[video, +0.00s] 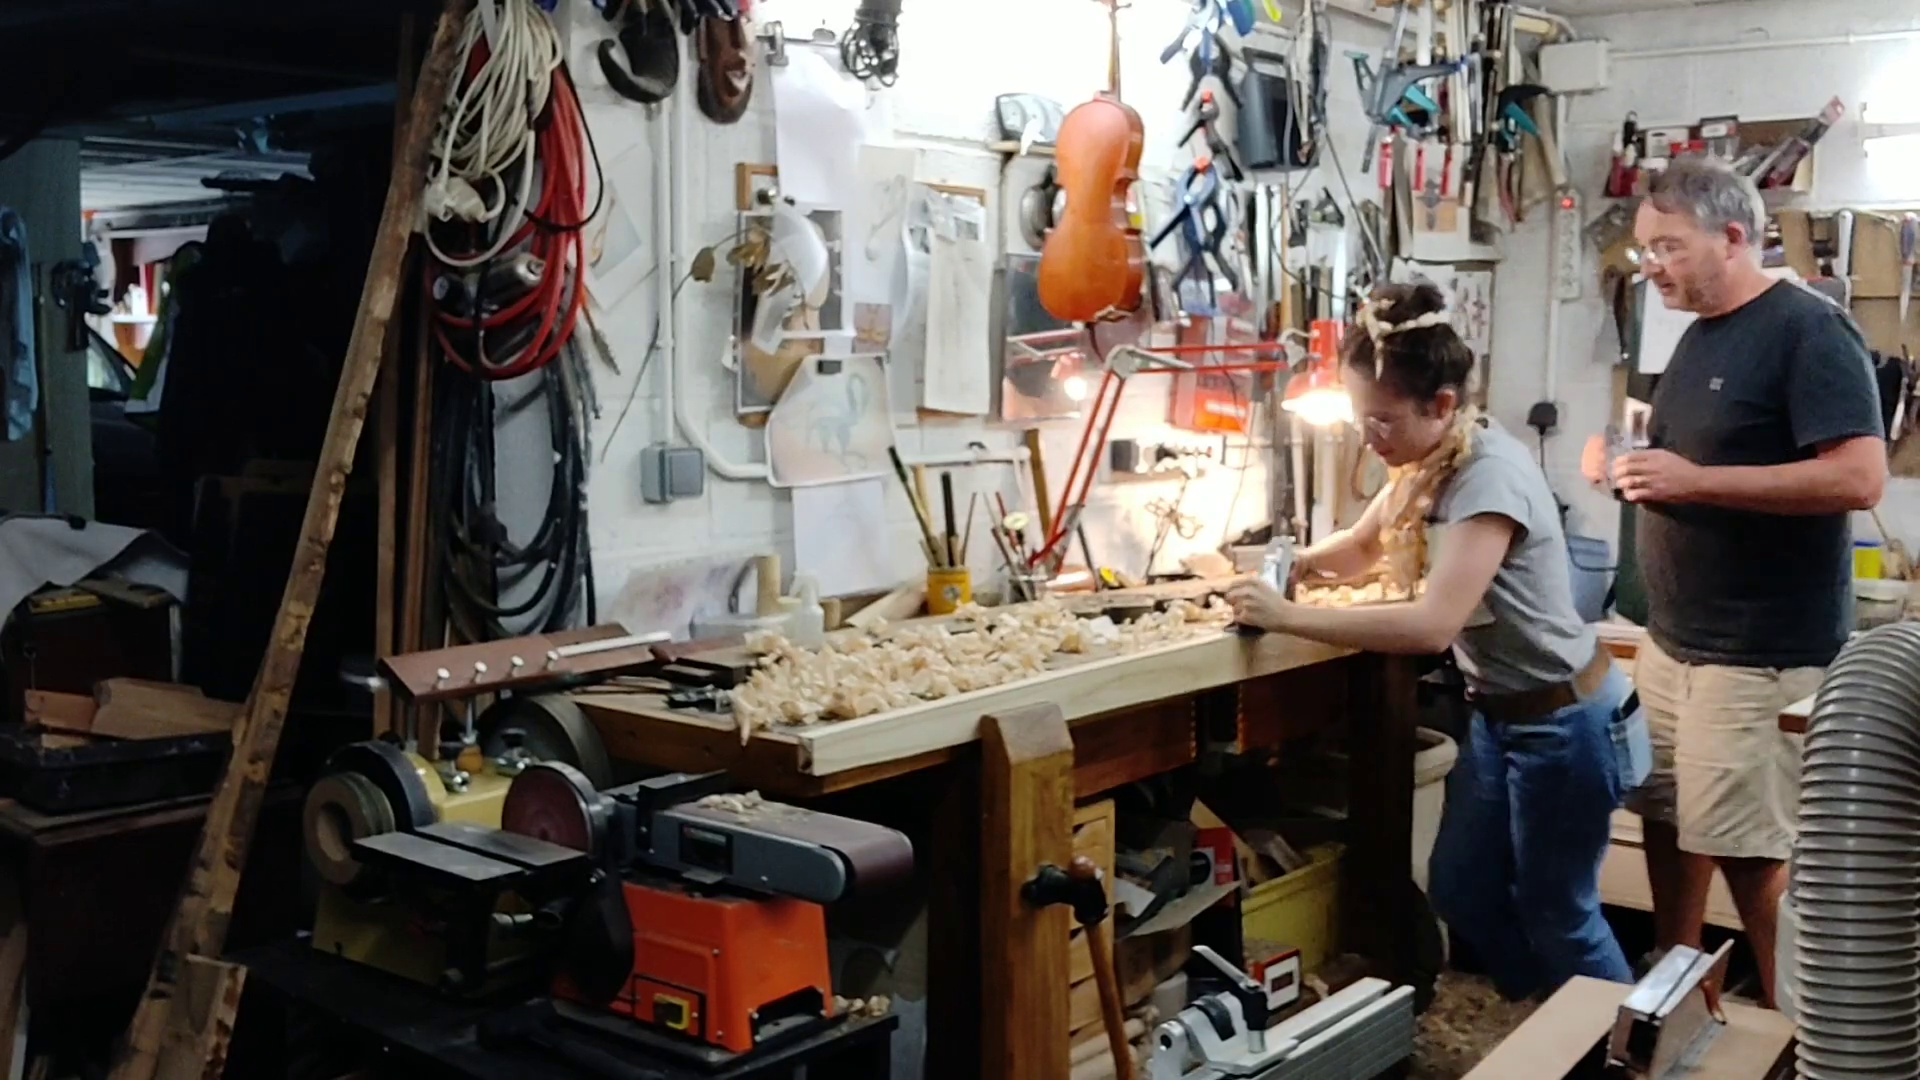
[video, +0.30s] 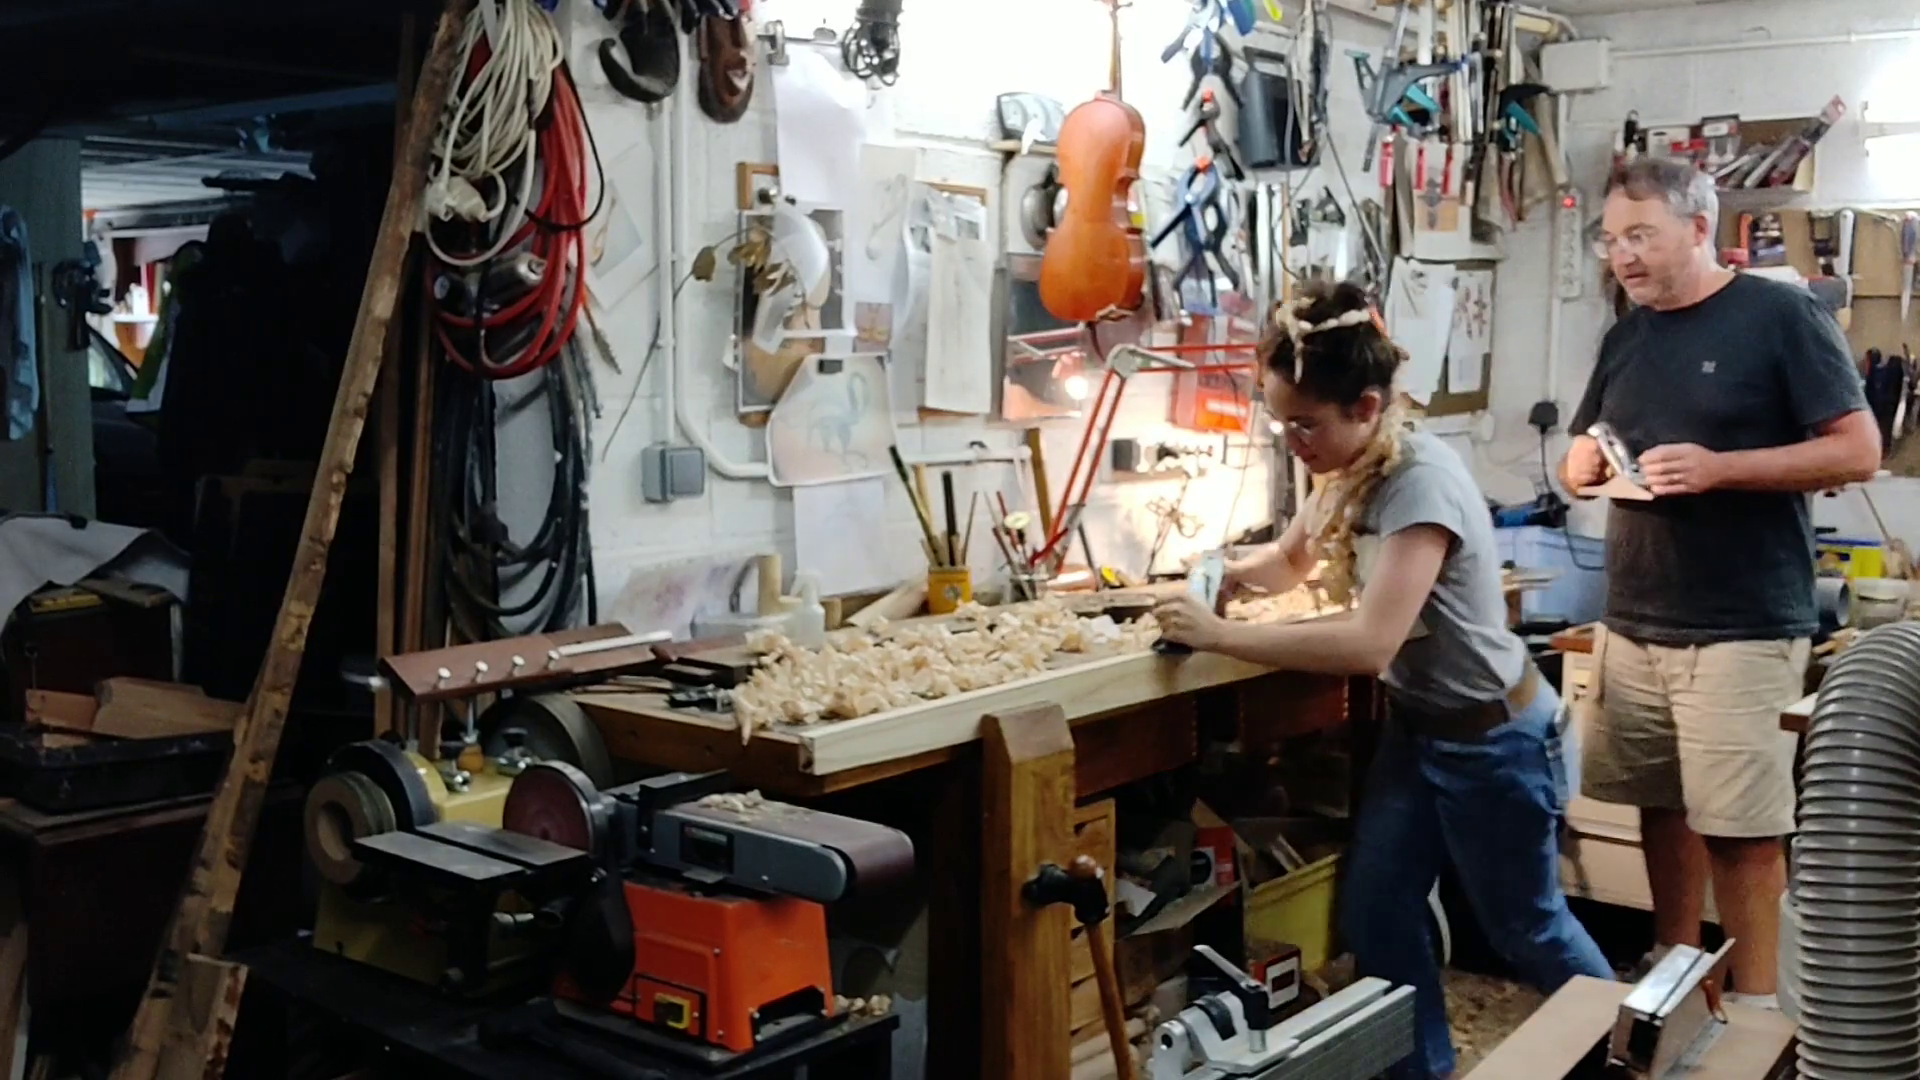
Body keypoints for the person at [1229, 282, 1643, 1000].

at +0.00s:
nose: (1368, 437)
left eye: (1382, 422)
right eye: (1361, 419)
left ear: (1442, 405)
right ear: (1356, 393)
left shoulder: (1492, 475)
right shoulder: (1425, 466)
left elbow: (1433, 624)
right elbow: (1365, 545)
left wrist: (1286, 615)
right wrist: (1292, 563)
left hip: (1563, 726)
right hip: (1492, 719)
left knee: (1560, 915)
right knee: (1462, 892)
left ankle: (1628, 1037)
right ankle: (1546, 1016)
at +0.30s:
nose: (1289, 440)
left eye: (1304, 423)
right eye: (1279, 421)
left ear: (1367, 405)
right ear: (1271, 396)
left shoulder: (1423, 481)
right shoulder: (1344, 470)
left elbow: (1369, 643)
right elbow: (1293, 557)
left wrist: (1219, 633)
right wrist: (1224, 575)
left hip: (1500, 740)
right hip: (1417, 734)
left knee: (1529, 931)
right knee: (1378, 912)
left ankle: (1625, 1043)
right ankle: (1424, 1064)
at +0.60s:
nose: (1185, 452)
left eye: (1199, 434)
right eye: (1177, 432)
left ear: (1266, 413)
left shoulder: (1333, 490)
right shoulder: (1259, 489)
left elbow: (1288, 665)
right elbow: (1196, 574)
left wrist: (1127, 657)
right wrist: (1117, 597)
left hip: (1406, 761)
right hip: (1328, 758)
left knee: (1328, 976)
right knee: (1373, 961)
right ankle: (1440, 1073)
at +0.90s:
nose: (1089, 455)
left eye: (1103, 434)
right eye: (1083, 434)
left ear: (1175, 412)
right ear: (1167, 416)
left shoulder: (1248, 504)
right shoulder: (1195, 490)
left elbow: (1178, 696)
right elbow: (1140, 586)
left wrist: (1005, 680)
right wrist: (1043, 609)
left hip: (1327, 802)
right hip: (1297, 795)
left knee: (1182, 1028)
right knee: (1346, 1017)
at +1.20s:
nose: (1056, 410)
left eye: (1067, 388)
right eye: (1053, 388)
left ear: (1142, 379)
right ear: (1140, 383)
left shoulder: (1199, 490)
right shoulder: (1156, 470)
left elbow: (1050, 676)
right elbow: (1051, 592)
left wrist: (854, 706)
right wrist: (949, 631)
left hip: (1319, 788)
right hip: (1310, 773)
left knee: (1211, 1040)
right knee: (1350, 1023)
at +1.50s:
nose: (1122, 351)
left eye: (1133, 330)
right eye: (1122, 328)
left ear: (1193, 338)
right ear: (1211, 340)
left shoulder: (1240, 463)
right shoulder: (1276, 440)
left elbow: (1125, 661)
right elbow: (1172, 600)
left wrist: (947, 617)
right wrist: (1038, 594)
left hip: (1317, 783)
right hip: (1400, 755)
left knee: (1232, 1045)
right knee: (1374, 1034)